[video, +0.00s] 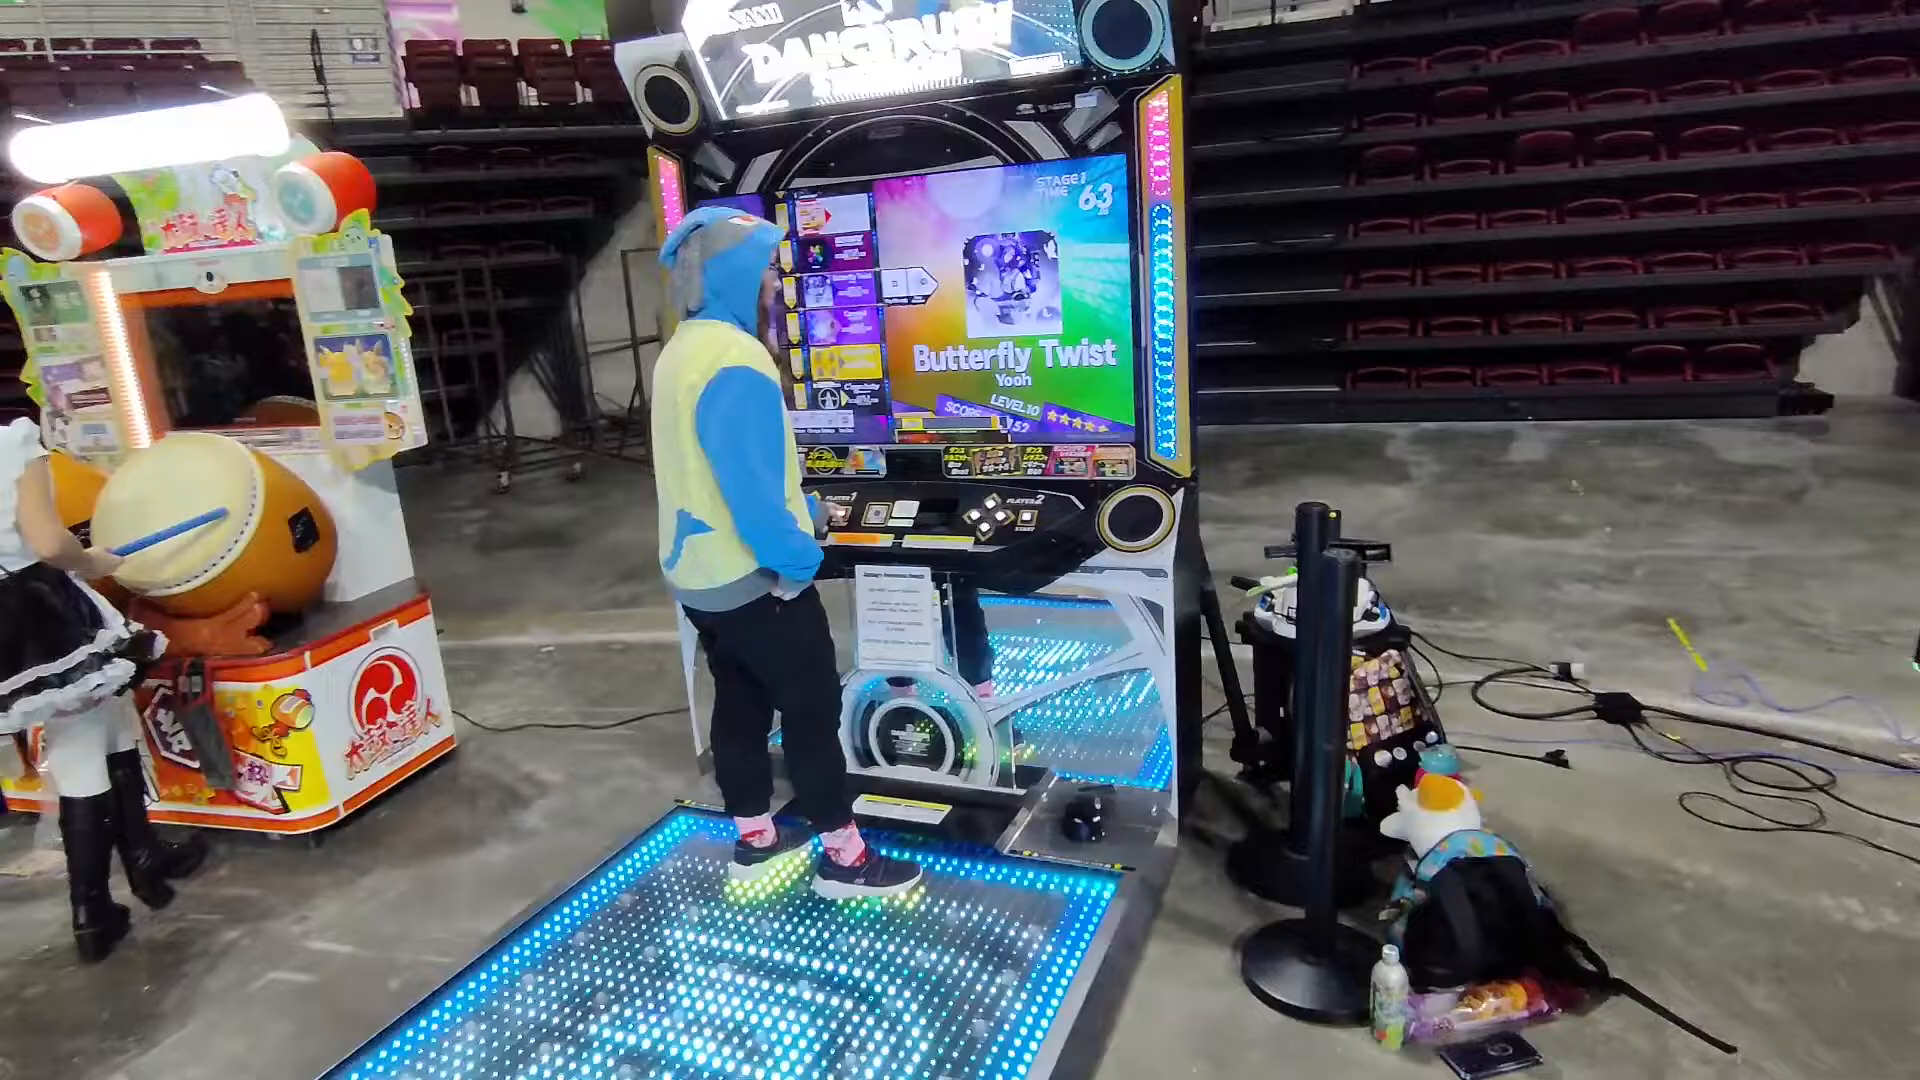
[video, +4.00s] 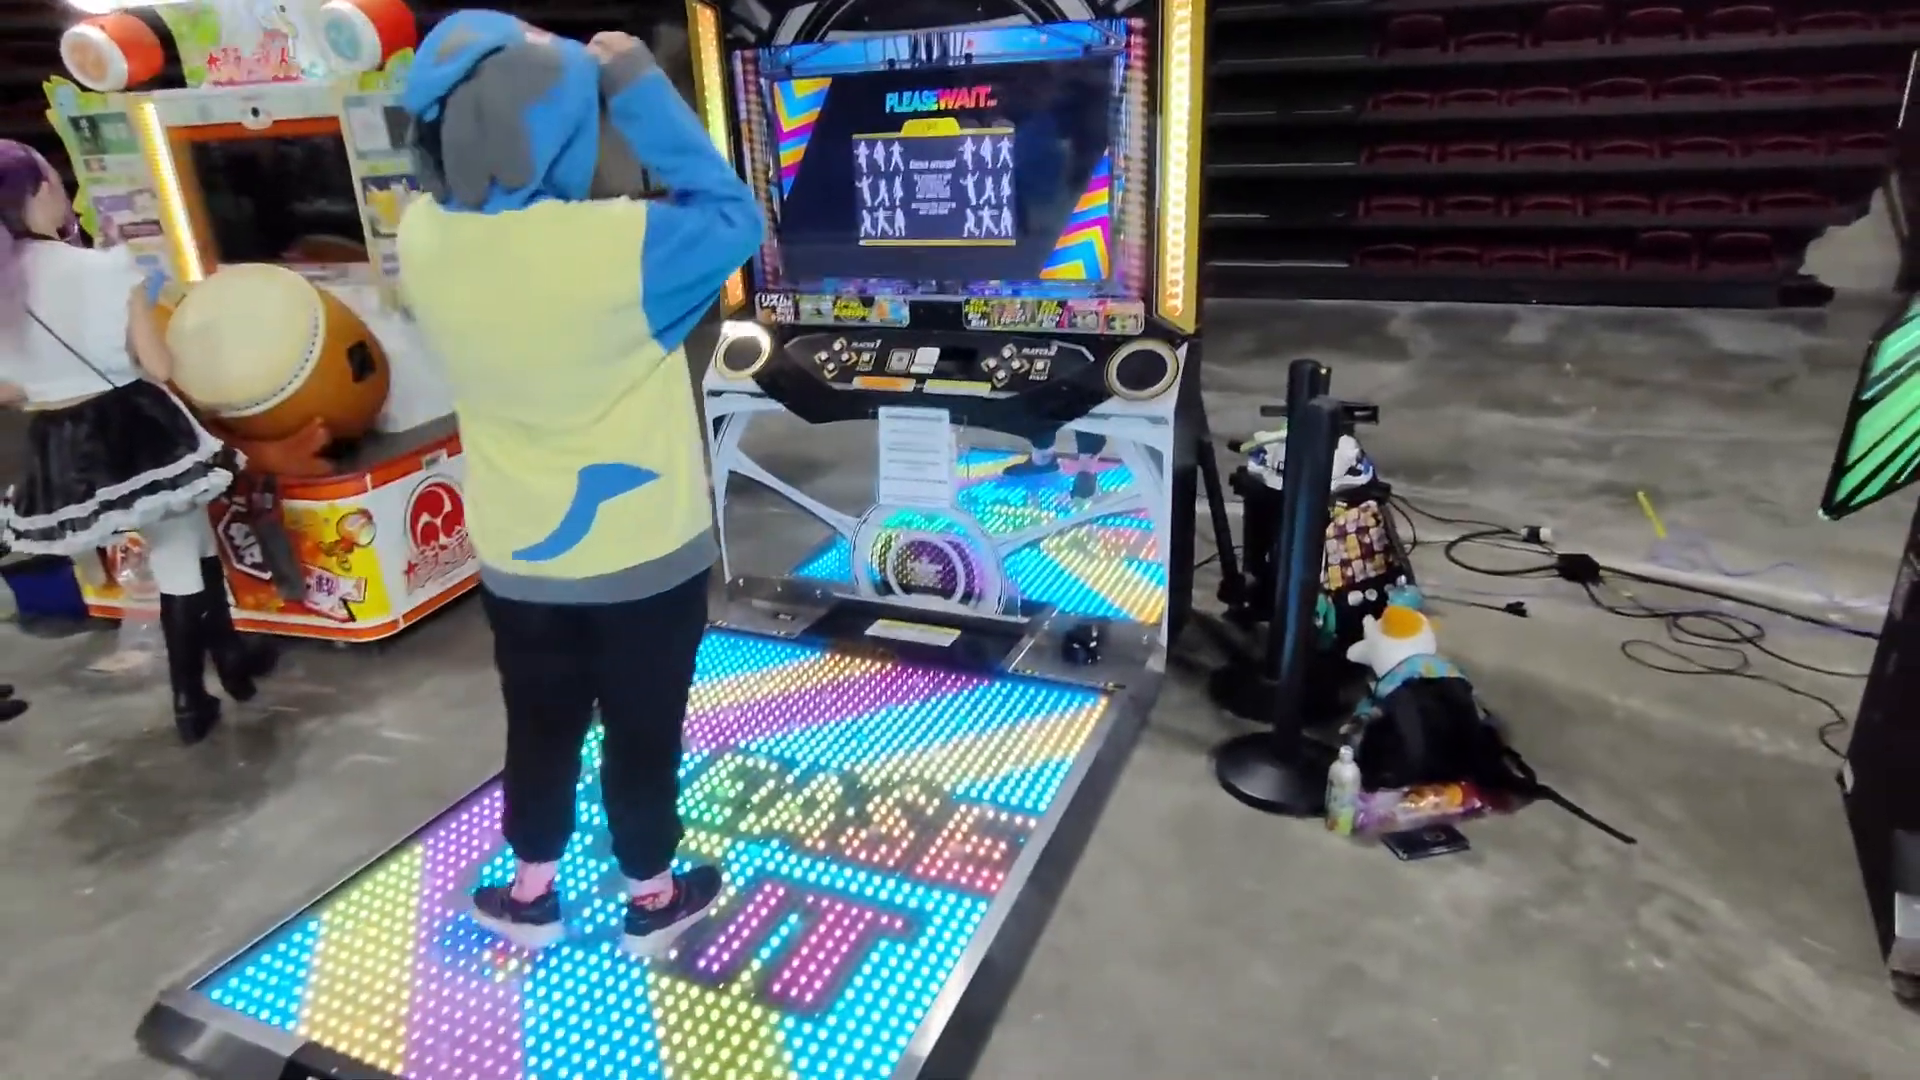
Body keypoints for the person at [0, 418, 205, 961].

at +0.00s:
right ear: (17, 379)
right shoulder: (17, 437)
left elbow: (42, 544)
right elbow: (45, 540)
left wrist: (77, 556)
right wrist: (88, 560)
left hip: (21, 628)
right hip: (41, 623)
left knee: (115, 720)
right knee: (80, 758)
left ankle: (144, 861)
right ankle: (90, 912)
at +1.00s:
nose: (36, 362)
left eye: (30, 353)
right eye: (28, 354)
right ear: (15, 363)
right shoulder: (72, 438)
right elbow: (113, 536)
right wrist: (152, 550)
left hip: (20, 632)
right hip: (93, 619)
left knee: (165, 697)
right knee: (138, 730)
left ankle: (198, 838)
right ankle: (147, 886)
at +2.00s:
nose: (94, 343)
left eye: (86, 332)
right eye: (84, 334)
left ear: (31, 357)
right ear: (58, 348)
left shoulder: (14, 430)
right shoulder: (117, 418)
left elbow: (11, 535)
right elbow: (179, 506)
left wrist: (69, 535)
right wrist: (222, 477)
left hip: (78, 593)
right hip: (148, 582)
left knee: (209, 675)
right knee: (184, 706)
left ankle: (243, 808)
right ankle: (194, 858)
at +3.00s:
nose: (30, 261)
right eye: (24, 251)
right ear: (16, 257)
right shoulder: (48, 323)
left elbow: (92, 419)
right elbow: (94, 421)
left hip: (11, 505)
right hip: (70, 493)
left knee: (125, 593)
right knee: (108, 623)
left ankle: (165, 726)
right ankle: (118, 774)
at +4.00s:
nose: (65, 195)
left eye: (59, 184)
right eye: (57, 185)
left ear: (11, 204)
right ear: (33, 196)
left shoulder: (5, 283)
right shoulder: (106, 267)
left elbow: (10, 389)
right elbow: (156, 365)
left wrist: (58, 386)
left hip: (62, 440)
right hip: (134, 426)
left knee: (181, 533)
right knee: (175, 550)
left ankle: (233, 654)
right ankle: (190, 702)